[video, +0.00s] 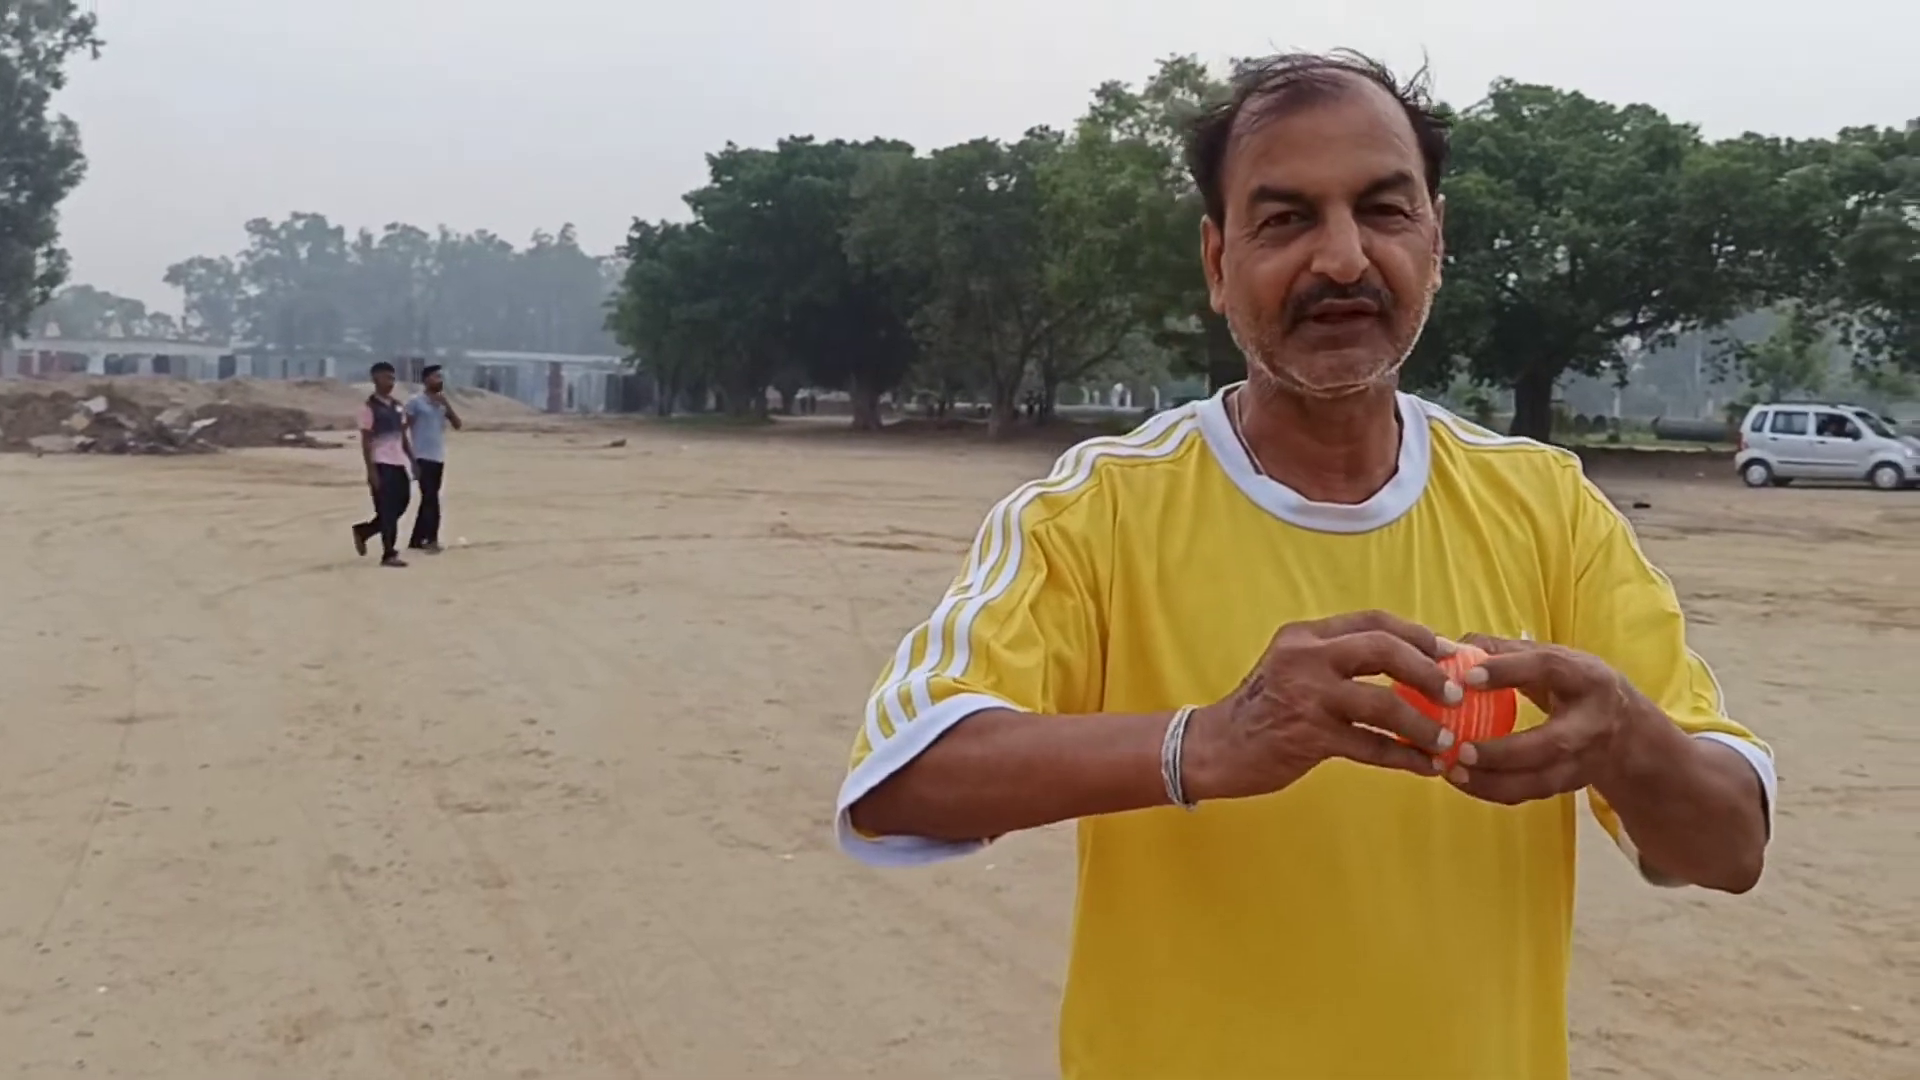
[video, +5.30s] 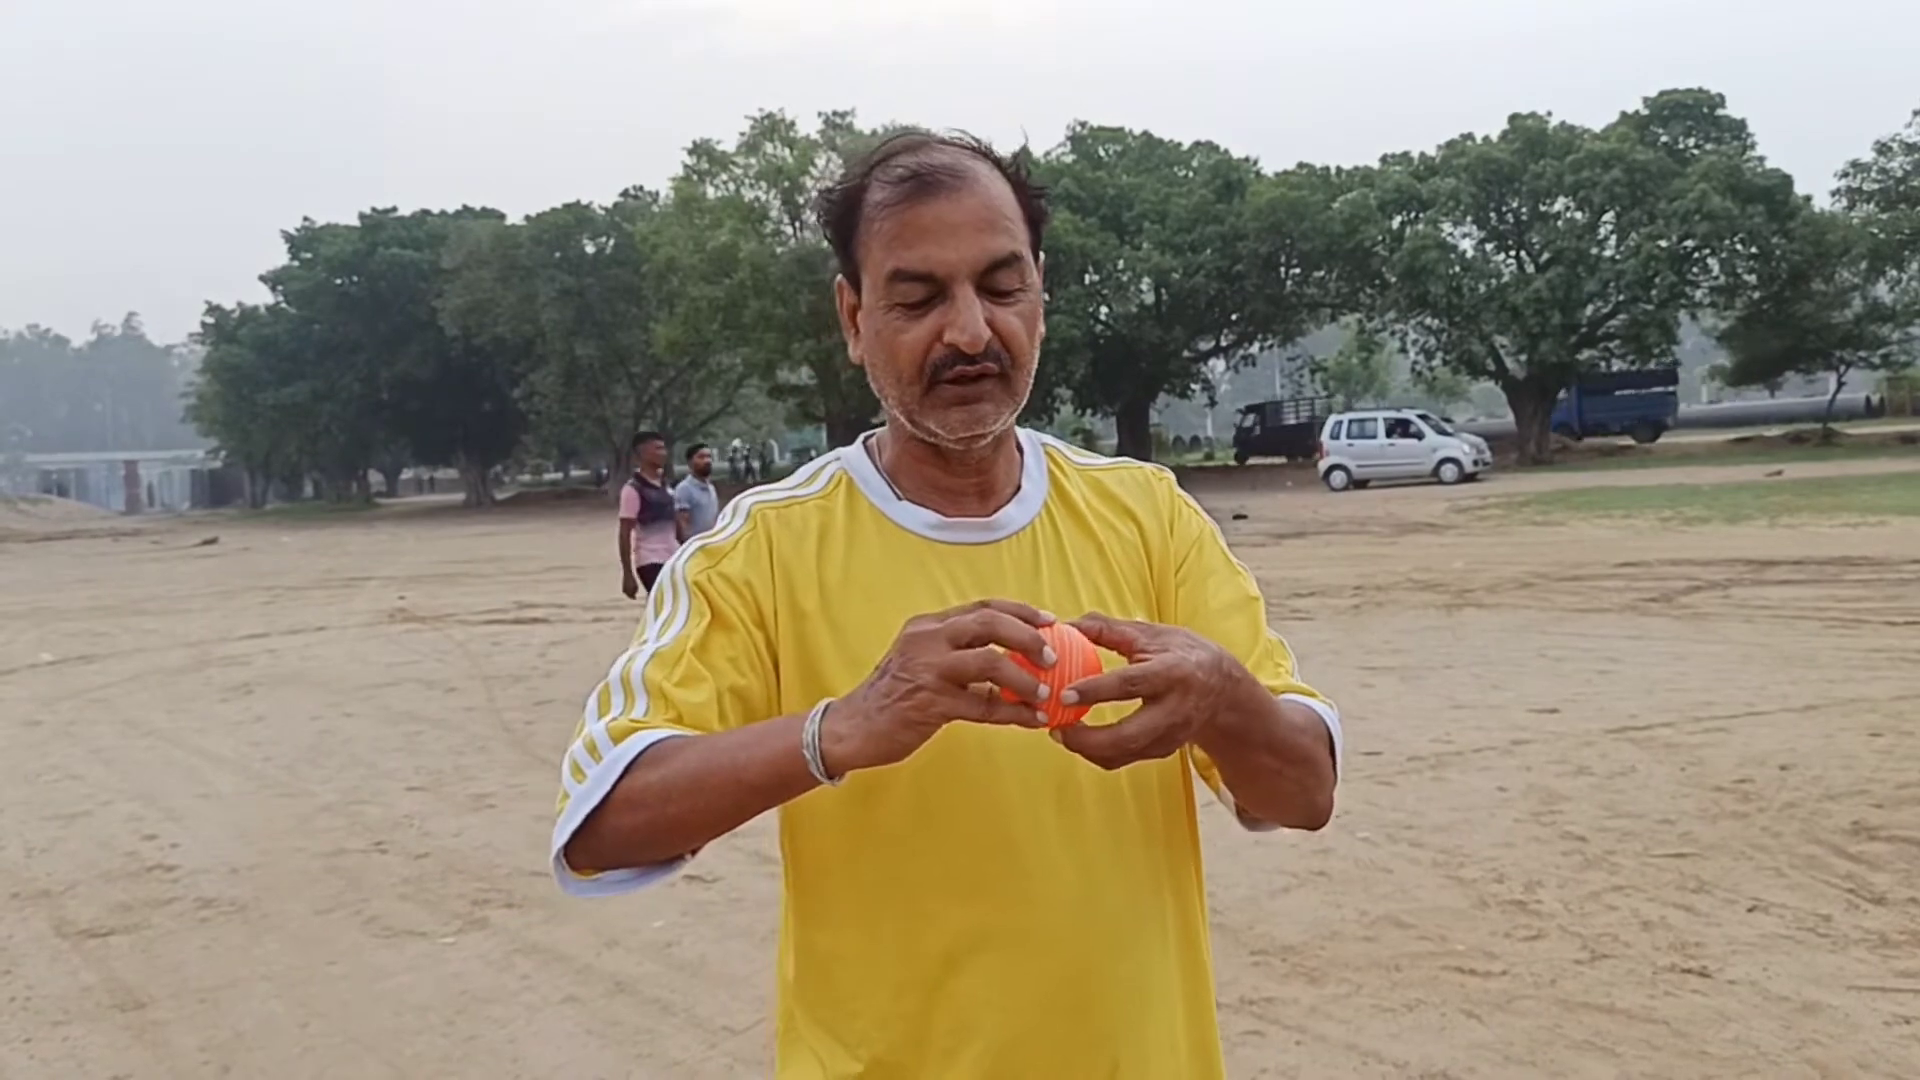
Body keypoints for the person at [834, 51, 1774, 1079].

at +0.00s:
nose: (1344, 256)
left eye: (1382, 208)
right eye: (1285, 219)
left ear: (1435, 239)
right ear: (1216, 265)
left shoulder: (1550, 510)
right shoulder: (1096, 511)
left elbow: (1732, 854)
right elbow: (897, 778)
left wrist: (1637, 753)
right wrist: (1199, 747)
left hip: (1486, 1057)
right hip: (1164, 1057)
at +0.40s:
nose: (1224, 288)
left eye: (1263, 239)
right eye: (1167, 253)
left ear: (1323, 271)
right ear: (1110, 304)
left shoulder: (1445, 541)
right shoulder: (994, 553)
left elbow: (1650, 868)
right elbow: (785, 827)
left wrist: (1491, 752)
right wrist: (1084, 783)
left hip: (1390, 1053)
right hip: (1077, 1051)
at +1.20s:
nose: (1132, 305)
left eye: (1165, 254)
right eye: (1075, 265)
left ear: (1215, 277)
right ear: (1010, 303)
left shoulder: (1317, 530)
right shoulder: (900, 537)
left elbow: (1500, 834)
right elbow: (720, 808)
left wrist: (1415, 752)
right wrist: (1029, 743)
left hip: (1275, 1057)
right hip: (979, 1058)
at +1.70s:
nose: (1001, 297)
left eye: (1035, 251)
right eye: (948, 261)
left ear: (1087, 277)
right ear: (887, 300)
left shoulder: (1196, 524)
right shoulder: (786, 534)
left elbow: (1353, 820)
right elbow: (608, 795)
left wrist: (1291, 732)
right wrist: (912, 711)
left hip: (1150, 1050)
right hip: (870, 1051)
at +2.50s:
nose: (890, 320)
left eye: (926, 274)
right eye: (840, 280)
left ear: (969, 290)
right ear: (773, 301)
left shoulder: (1066, 531)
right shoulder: (658, 539)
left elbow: (1222, 820)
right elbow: (457, 785)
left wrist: (1153, 758)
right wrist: (762, 740)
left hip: (1027, 1056)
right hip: (742, 1056)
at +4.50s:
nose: (902, 319)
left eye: (934, 275)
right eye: (851, 288)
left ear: (983, 300)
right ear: (797, 329)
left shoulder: (1113, 521)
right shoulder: (711, 562)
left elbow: (1273, 805)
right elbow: (527, 838)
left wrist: (1164, 702)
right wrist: (777, 718)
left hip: (1106, 1051)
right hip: (824, 1053)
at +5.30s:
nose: (970, 331)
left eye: (1000, 287)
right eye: (918, 297)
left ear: (1040, 299)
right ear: (853, 321)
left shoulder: (1151, 518)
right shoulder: (762, 554)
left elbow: (1305, 799)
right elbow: (599, 824)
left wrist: (1226, 701)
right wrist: (841, 732)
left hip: (1148, 1047)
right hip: (869, 1049)